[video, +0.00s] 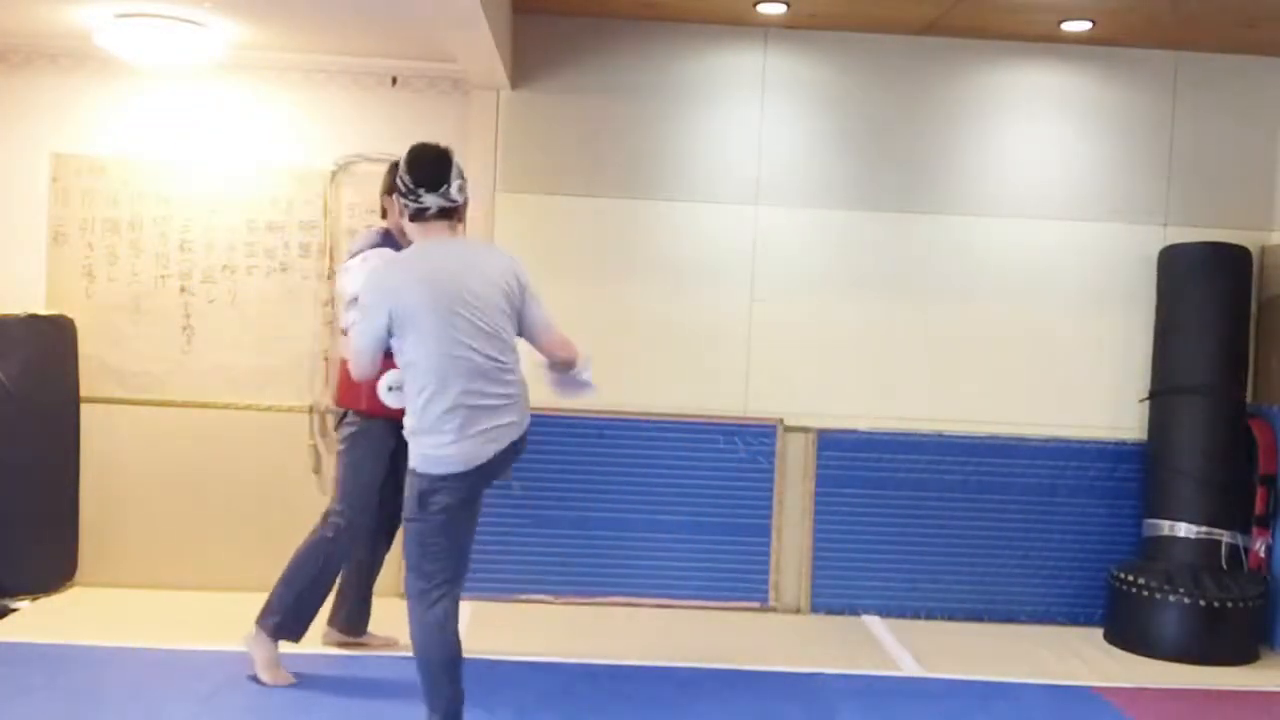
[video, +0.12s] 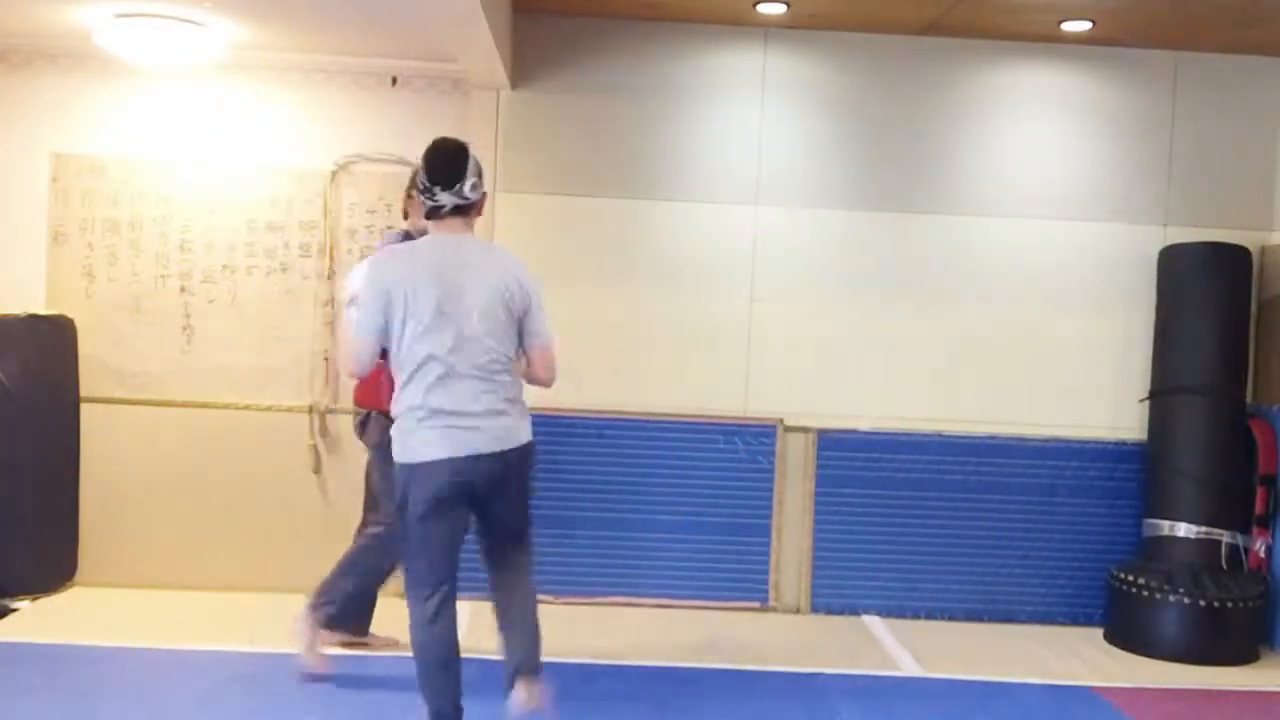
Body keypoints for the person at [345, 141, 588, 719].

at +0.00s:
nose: (391, 207)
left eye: (392, 199)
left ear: (398, 204)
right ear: (460, 200)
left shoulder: (386, 276)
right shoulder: (496, 262)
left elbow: (363, 367)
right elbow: (556, 349)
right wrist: (570, 365)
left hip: (443, 459)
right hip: (509, 437)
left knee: (432, 591)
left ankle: (445, 711)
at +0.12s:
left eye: (422, 192)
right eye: (477, 193)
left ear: (420, 198)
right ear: (480, 199)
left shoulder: (385, 269)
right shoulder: (508, 267)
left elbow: (354, 364)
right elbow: (542, 372)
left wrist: (357, 296)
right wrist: (495, 346)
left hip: (427, 459)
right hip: (505, 451)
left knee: (431, 597)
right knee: (511, 563)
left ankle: (444, 711)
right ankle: (527, 678)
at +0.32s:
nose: (504, 205)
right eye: (504, 198)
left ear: (445, 200)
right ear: (501, 203)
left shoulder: (404, 264)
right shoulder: (525, 269)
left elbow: (382, 352)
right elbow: (551, 372)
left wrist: (427, 335)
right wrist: (507, 347)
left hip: (422, 453)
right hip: (494, 455)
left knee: (436, 594)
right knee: (501, 598)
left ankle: (441, 712)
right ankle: (458, 713)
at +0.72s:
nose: (556, 228)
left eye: (557, 218)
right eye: (552, 217)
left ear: (488, 218)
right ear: (533, 219)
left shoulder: (444, 280)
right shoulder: (534, 282)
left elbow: (417, 373)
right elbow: (551, 399)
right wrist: (587, 363)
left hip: (432, 482)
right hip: (495, 485)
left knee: (444, 636)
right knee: (509, 647)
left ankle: (447, 714)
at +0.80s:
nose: (563, 229)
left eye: (563, 217)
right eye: (559, 216)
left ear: (495, 219)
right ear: (540, 219)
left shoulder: (451, 283)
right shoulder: (534, 287)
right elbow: (551, 405)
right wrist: (592, 370)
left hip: (438, 487)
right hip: (501, 492)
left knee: (456, 640)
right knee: (514, 656)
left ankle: (454, 714)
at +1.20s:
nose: (587, 214)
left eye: (586, 201)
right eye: (586, 200)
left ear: (525, 201)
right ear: (570, 203)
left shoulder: (492, 266)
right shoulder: (536, 282)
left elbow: (508, 356)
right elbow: (559, 405)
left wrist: (585, 342)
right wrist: (621, 362)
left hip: (489, 483)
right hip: (518, 494)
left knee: (520, 664)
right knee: (516, 674)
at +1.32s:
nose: (594, 211)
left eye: (592, 198)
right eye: (592, 198)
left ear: (529, 202)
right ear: (577, 201)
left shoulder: (494, 265)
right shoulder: (555, 280)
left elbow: (509, 364)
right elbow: (570, 400)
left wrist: (582, 334)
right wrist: (631, 368)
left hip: (489, 477)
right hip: (527, 490)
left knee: (566, 596)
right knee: (517, 662)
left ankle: (540, 710)